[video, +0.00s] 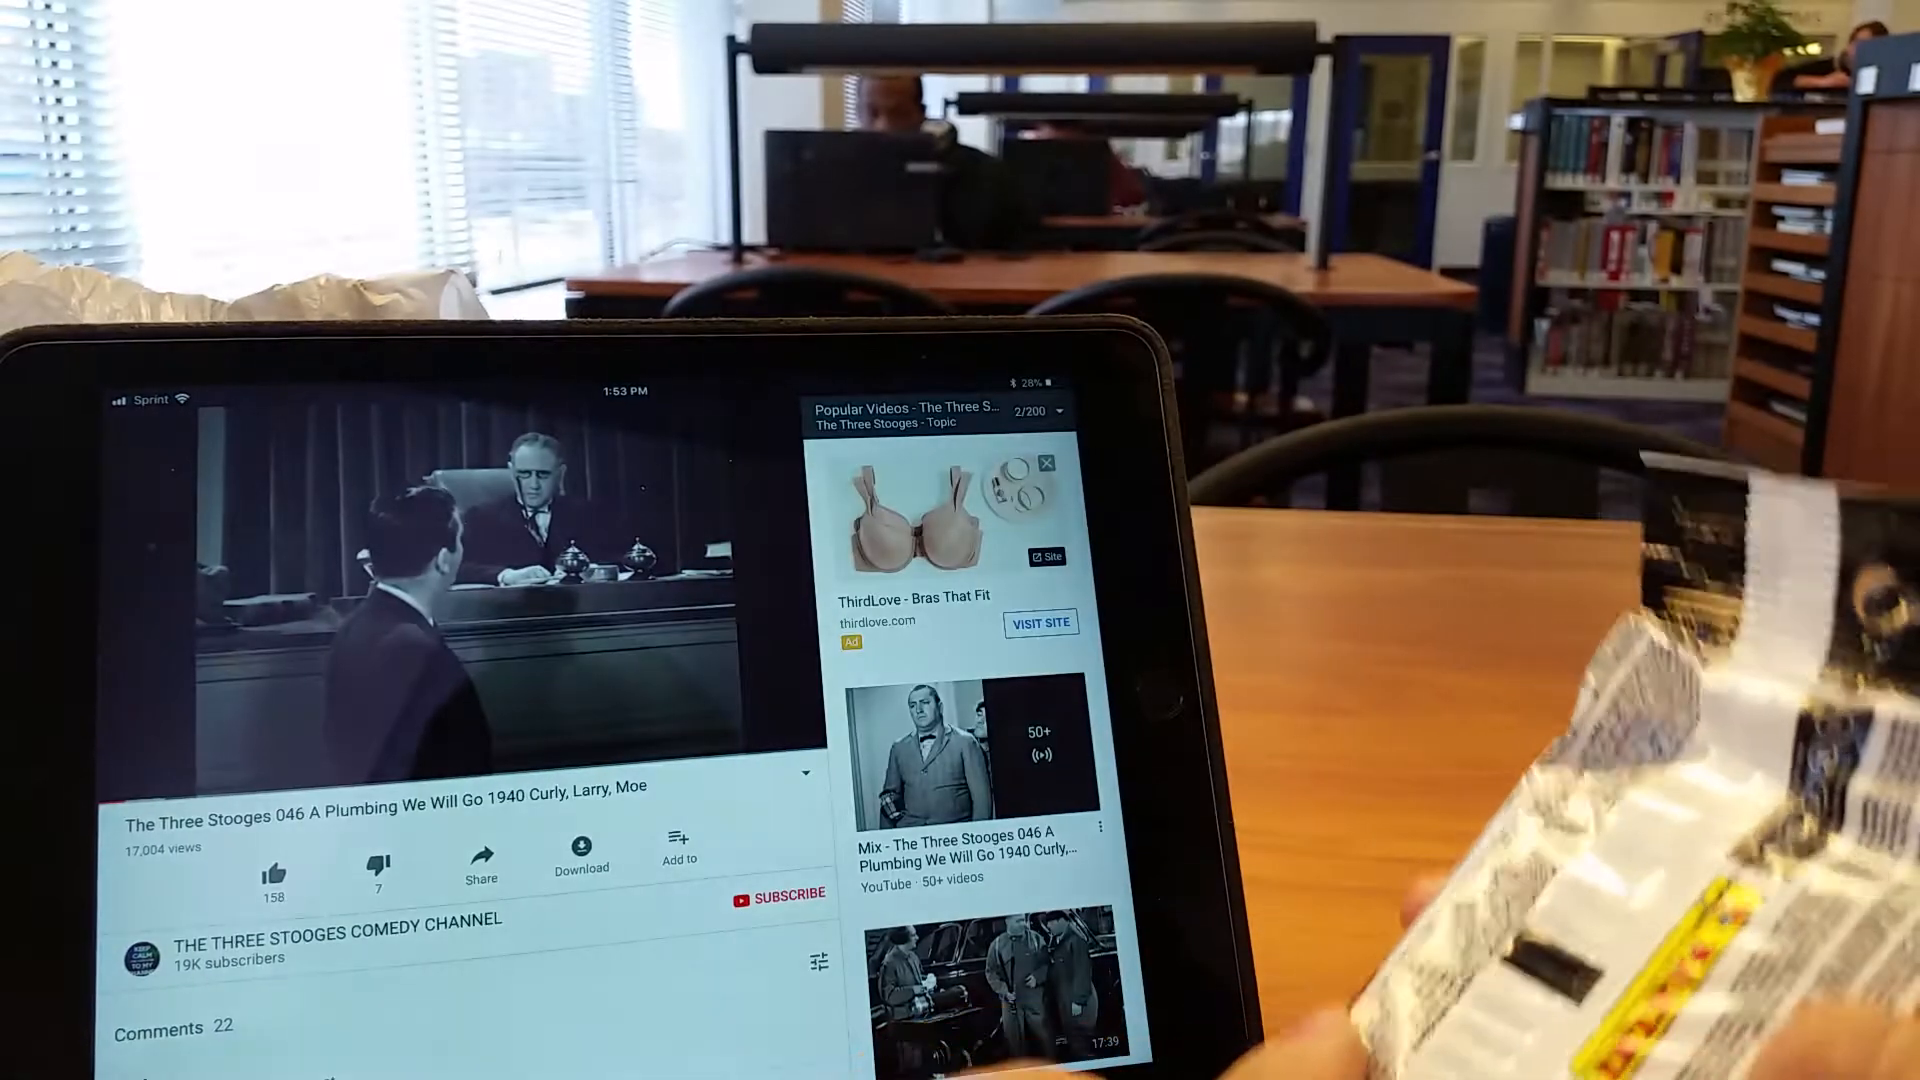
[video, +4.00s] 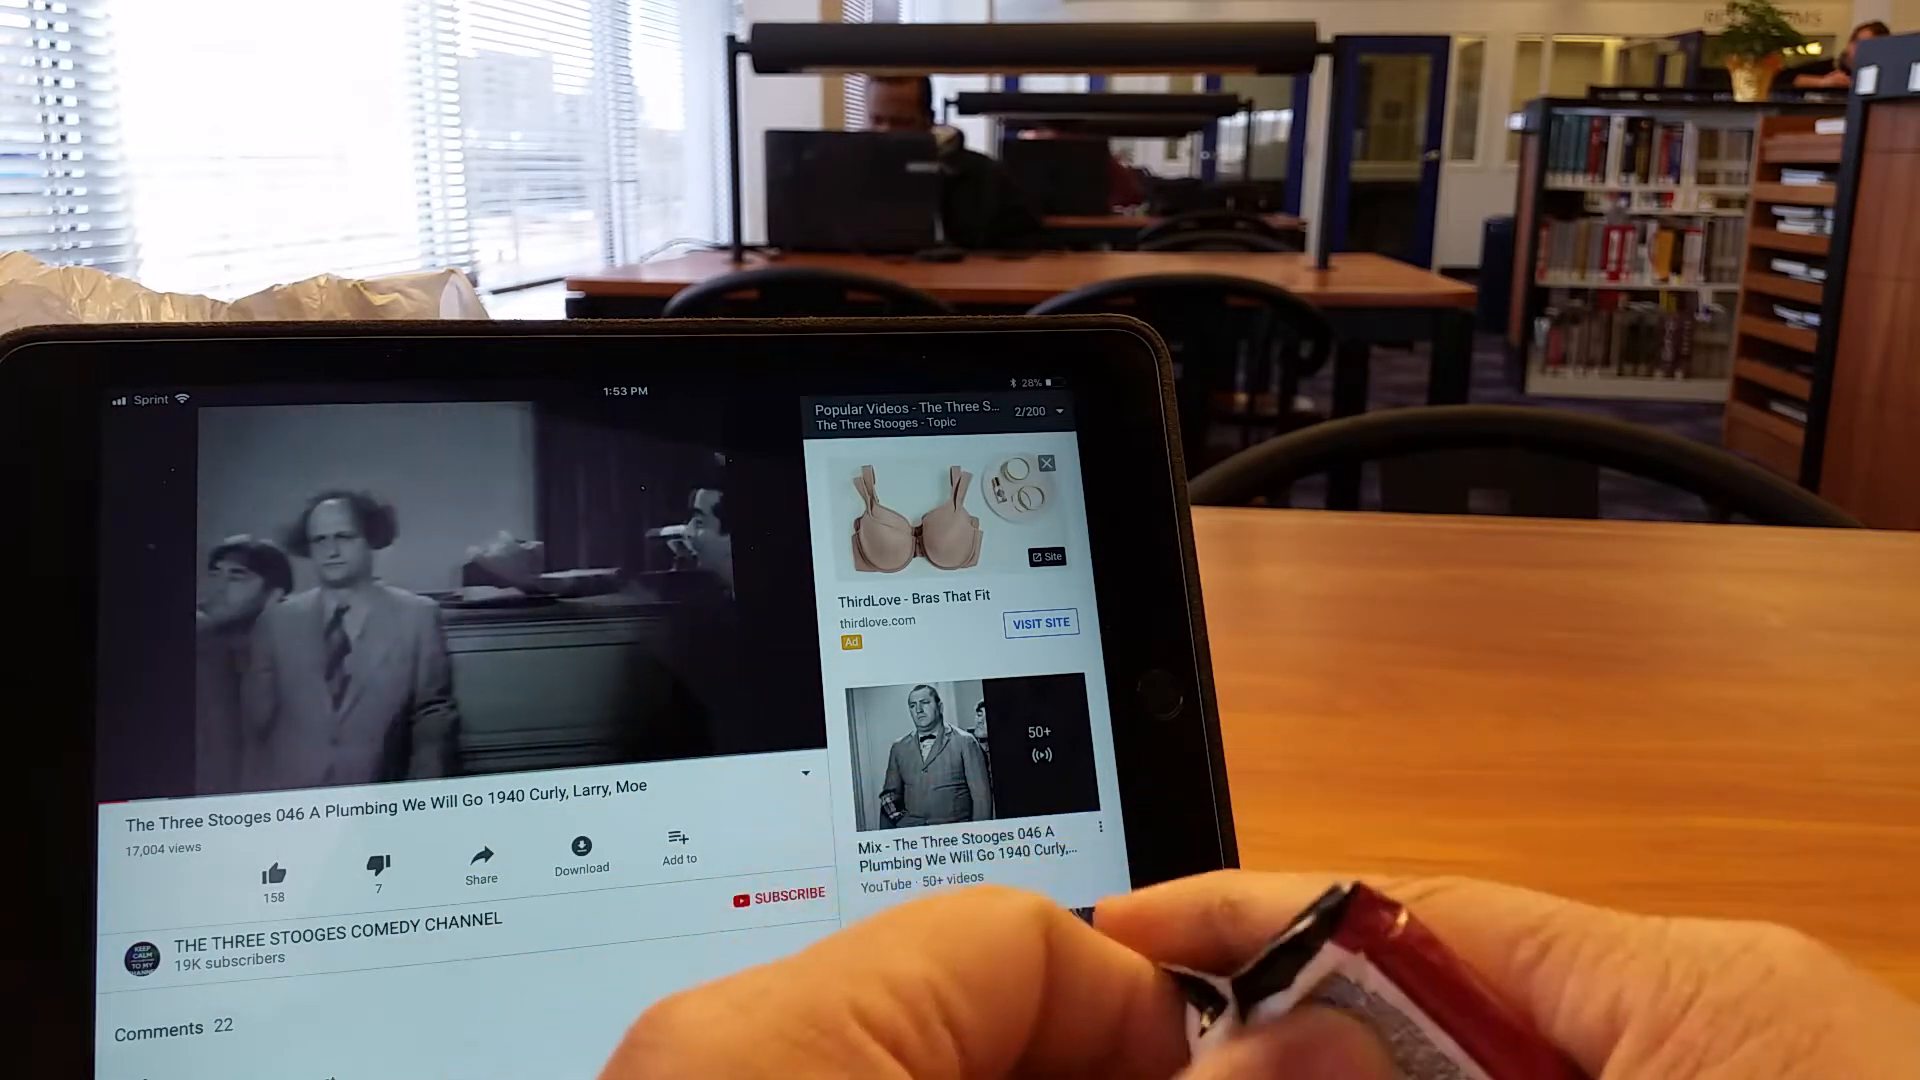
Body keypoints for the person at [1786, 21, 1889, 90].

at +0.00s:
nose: (1858, 49)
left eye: (1865, 45)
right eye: (1856, 42)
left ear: (1879, 50)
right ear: (1849, 44)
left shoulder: (1883, 77)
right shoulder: (1831, 67)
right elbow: (1782, 80)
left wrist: (1855, 84)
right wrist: (1826, 82)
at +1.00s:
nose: (1859, 51)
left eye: (1866, 46)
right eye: (1857, 43)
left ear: (1879, 51)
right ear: (1849, 44)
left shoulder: (1884, 78)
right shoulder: (1828, 68)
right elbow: (1780, 81)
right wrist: (1825, 82)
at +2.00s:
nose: (1860, 50)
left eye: (1868, 46)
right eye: (1858, 43)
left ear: (1880, 50)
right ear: (1849, 44)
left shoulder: (1884, 77)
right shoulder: (1828, 68)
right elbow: (1780, 80)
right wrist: (1825, 82)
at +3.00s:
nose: (1859, 50)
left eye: (1867, 45)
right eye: (1857, 43)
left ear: (1880, 50)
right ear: (1849, 44)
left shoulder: (1884, 78)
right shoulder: (1829, 68)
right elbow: (1781, 80)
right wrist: (1824, 82)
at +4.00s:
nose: (1859, 50)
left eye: (1867, 45)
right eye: (1857, 42)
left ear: (1880, 50)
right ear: (1849, 44)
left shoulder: (1885, 77)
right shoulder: (1830, 68)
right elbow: (1781, 79)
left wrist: (1855, 85)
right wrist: (1823, 82)